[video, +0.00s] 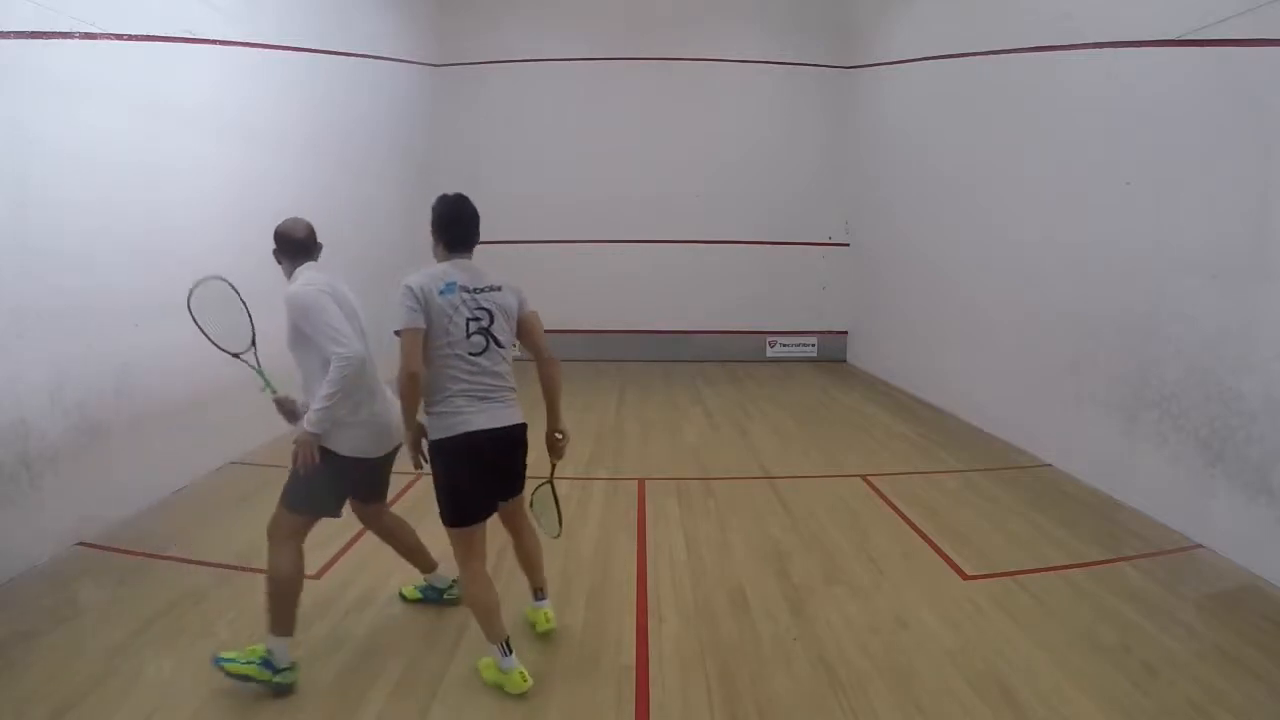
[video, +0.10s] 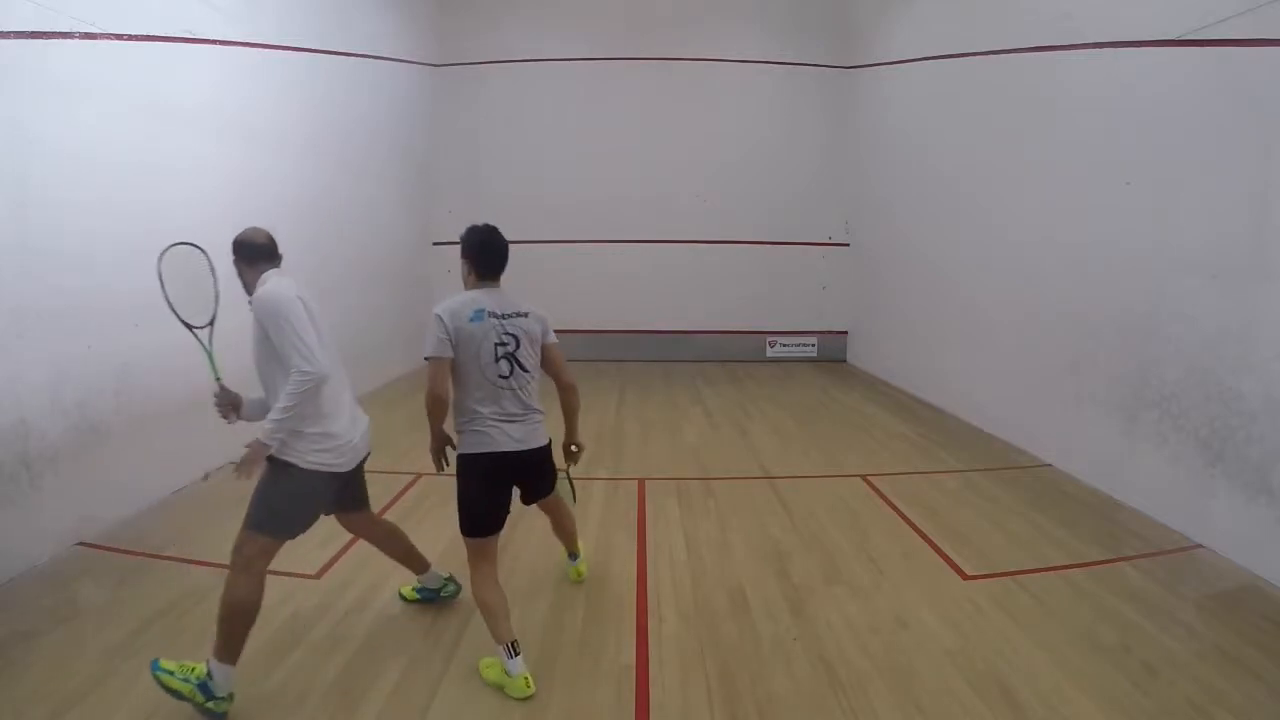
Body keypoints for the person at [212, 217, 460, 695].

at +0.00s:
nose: (276, 258)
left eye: (275, 251)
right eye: (283, 249)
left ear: (277, 254)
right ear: (317, 249)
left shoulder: (303, 294)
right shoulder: (334, 288)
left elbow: (350, 356)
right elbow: (354, 375)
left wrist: (311, 426)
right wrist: (302, 407)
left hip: (343, 435)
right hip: (381, 430)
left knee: (284, 533)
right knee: (370, 508)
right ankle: (439, 578)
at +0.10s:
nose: (236, 274)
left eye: (234, 265)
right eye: (237, 265)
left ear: (238, 262)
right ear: (276, 258)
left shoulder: (271, 296)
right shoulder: (288, 293)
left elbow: (310, 371)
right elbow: (295, 393)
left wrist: (265, 440)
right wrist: (244, 406)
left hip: (309, 451)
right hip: (344, 439)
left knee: (249, 558)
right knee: (358, 518)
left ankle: (217, 683)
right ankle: (435, 580)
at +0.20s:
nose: (192, 299)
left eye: (191, 289)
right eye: (191, 290)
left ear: (198, 285)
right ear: (229, 276)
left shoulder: (234, 315)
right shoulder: (243, 312)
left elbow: (254, 405)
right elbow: (226, 420)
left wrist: (201, 461)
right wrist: (188, 400)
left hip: (276, 470)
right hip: (306, 458)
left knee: (199, 570)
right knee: (322, 540)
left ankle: (190, 700)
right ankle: (412, 591)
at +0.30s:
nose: (141, 325)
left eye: (140, 313)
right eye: (141, 314)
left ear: (150, 309)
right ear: (183, 301)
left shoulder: (194, 336)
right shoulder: (191, 348)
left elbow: (188, 426)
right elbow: (144, 445)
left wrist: (148, 479)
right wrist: (136, 415)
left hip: (254, 493)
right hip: (292, 483)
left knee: (163, 581)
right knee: (301, 562)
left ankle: (185, 702)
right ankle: (394, 607)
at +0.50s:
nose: (96, 341)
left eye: (95, 334)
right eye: (97, 333)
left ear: (101, 329)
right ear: (140, 319)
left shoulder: (114, 360)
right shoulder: (169, 348)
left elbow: (110, 459)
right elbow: (170, 446)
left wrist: (84, 547)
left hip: (222, 499)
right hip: (278, 476)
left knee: (141, 588)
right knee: (292, 560)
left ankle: (185, 703)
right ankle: (377, 620)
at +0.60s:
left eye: (111, 305)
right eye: (154, 296)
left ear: (107, 306)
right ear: (155, 299)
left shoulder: (109, 339)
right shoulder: (174, 335)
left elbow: (102, 426)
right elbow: (204, 409)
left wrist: (87, 525)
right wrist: (178, 482)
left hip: (209, 487)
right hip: (273, 464)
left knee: (148, 585)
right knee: (284, 554)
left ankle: (185, 700)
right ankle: (369, 631)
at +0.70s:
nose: (122, 289)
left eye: (123, 283)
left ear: (125, 286)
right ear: (174, 282)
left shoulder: (119, 324)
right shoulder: (211, 317)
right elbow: (264, 373)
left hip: (205, 482)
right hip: (272, 464)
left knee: (151, 586)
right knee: (279, 557)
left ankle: (184, 701)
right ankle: (372, 638)